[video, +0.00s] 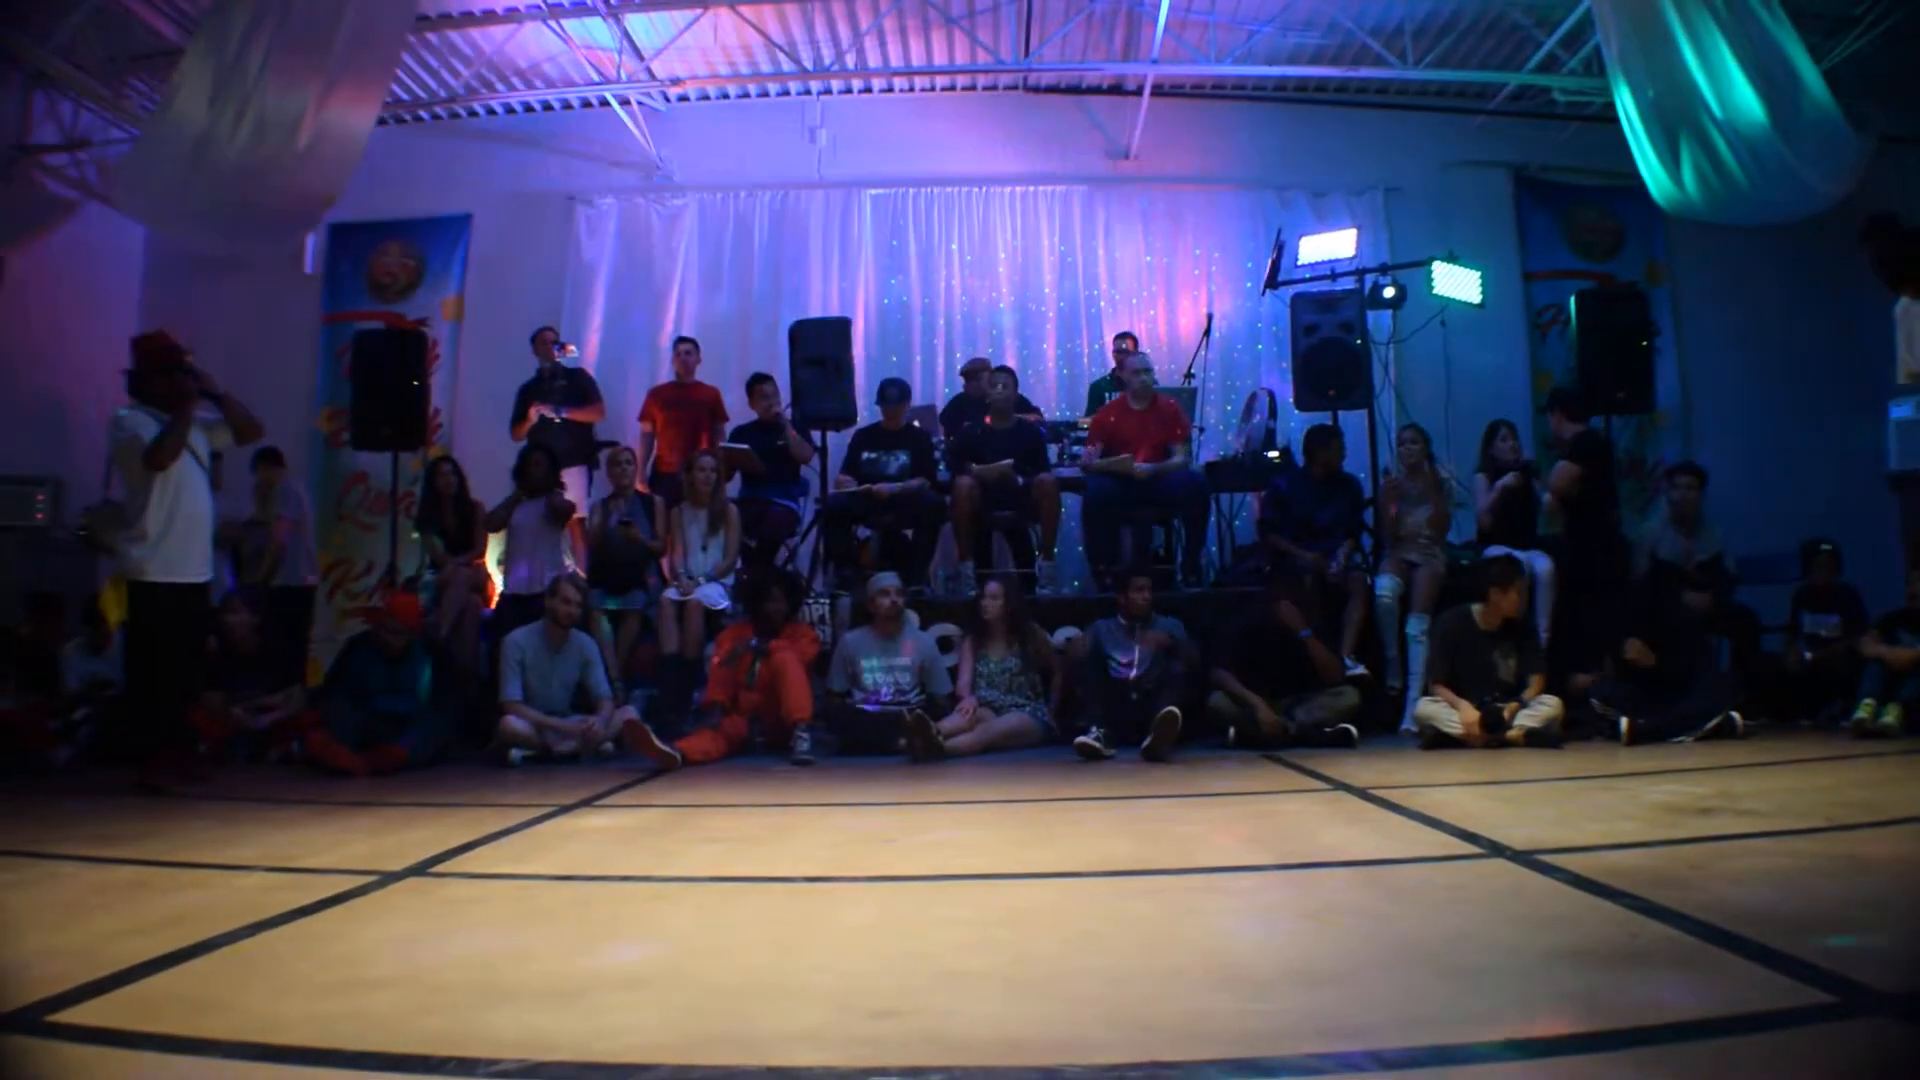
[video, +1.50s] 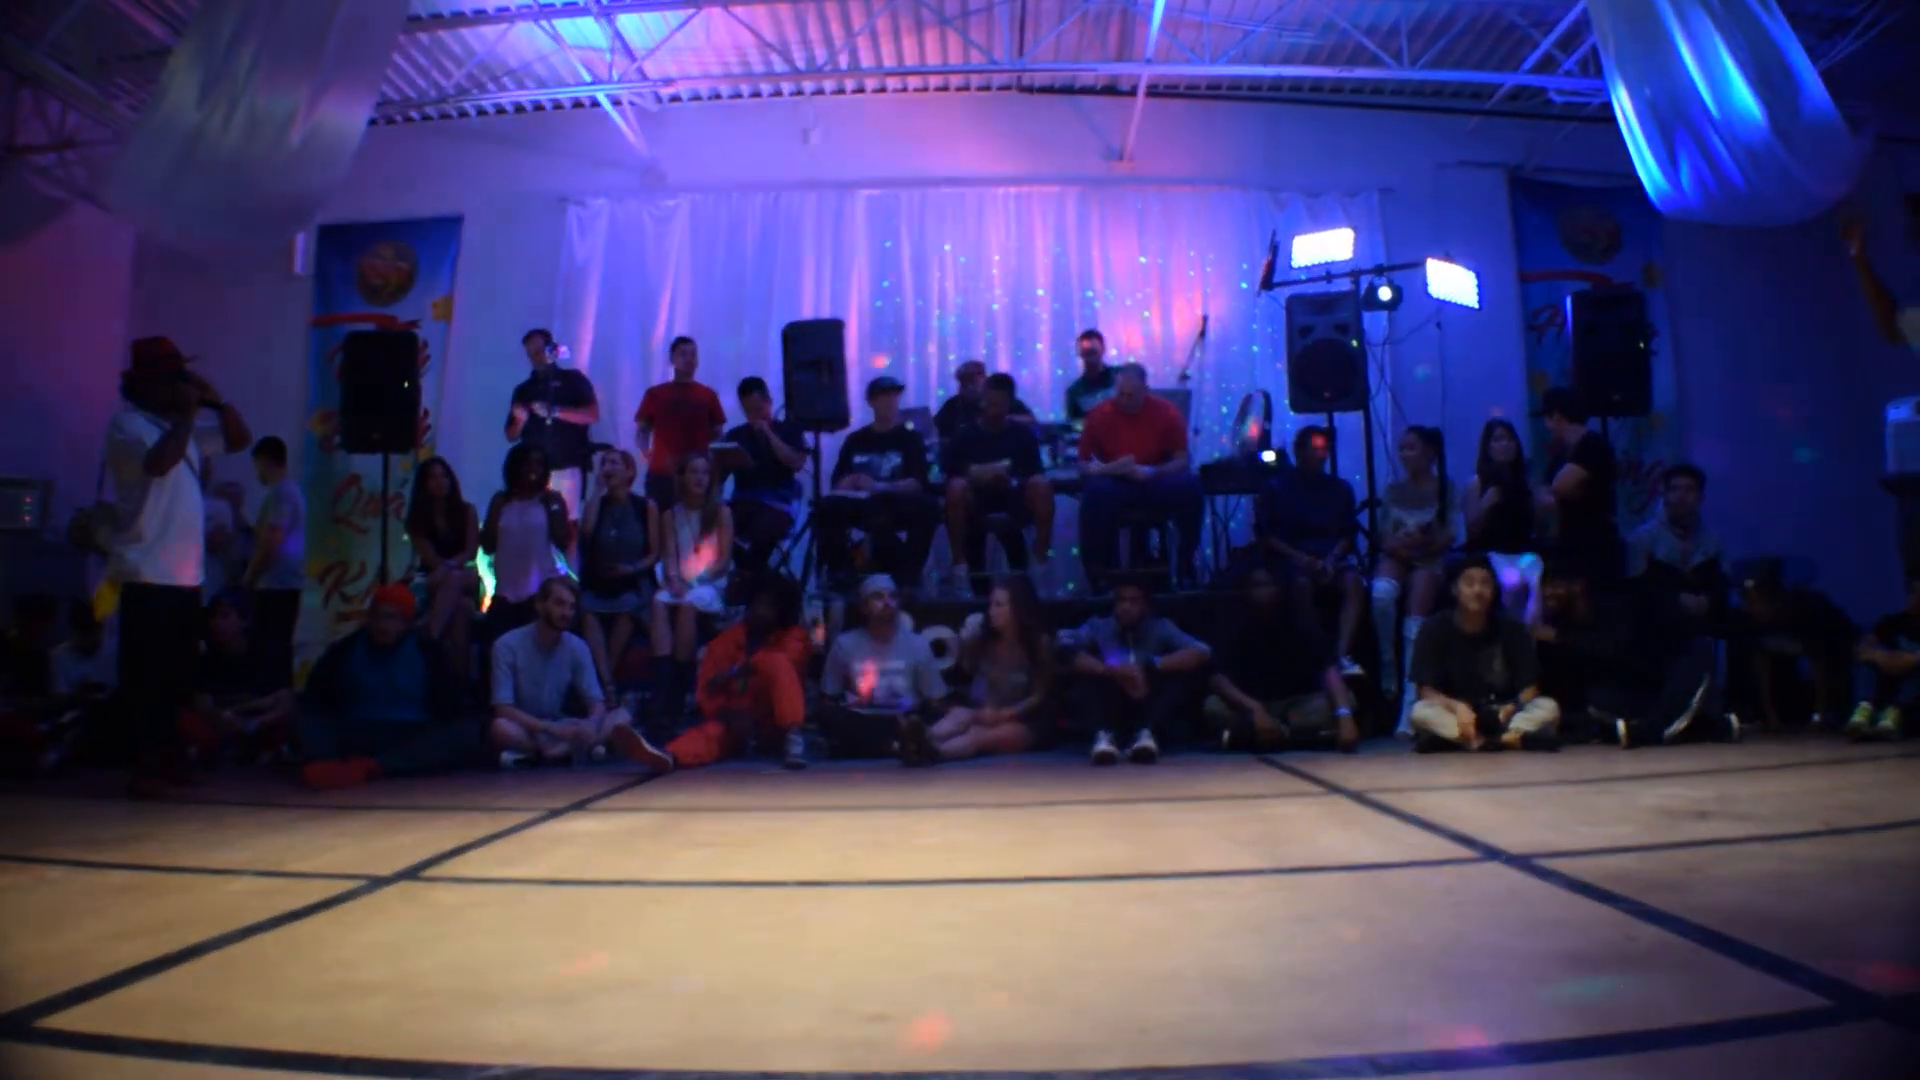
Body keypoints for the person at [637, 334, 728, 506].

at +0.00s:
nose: (682, 358)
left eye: (688, 353)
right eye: (678, 354)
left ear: (698, 359)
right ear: (673, 360)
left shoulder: (711, 394)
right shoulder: (657, 394)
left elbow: (719, 436)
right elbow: (646, 436)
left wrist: (718, 476)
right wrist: (640, 477)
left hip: (700, 477)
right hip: (665, 475)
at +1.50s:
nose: (689, 359)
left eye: (693, 354)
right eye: (683, 354)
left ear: (697, 359)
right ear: (672, 359)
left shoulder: (708, 396)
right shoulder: (655, 394)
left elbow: (717, 432)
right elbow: (642, 429)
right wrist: (648, 454)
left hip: (696, 475)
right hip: (662, 472)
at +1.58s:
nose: (690, 359)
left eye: (693, 354)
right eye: (684, 353)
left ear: (698, 359)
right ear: (673, 358)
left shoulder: (709, 396)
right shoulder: (656, 394)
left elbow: (717, 432)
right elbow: (639, 433)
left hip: (697, 477)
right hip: (662, 473)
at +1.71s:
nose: (689, 359)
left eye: (693, 354)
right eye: (683, 354)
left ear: (698, 359)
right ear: (673, 360)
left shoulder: (711, 396)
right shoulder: (661, 393)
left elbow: (719, 438)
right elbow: (633, 424)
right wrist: (649, 394)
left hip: (697, 478)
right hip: (663, 475)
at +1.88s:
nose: (687, 360)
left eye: (691, 354)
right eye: (681, 355)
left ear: (697, 359)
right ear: (672, 360)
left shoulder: (711, 395)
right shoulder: (659, 391)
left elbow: (719, 435)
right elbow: (632, 406)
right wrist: (659, 368)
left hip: (697, 478)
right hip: (663, 475)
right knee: (661, 533)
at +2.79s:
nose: (685, 361)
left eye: (689, 356)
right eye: (679, 356)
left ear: (695, 360)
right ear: (669, 361)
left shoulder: (708, 396)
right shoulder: (658, 392)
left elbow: (717, 436)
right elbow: (635, 401)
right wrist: (663, 364)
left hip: (697, 480)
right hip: (662, 477)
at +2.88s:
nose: (686, 361)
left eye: (690, 356)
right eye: (680, 356)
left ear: (695, 360)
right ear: (670, 361)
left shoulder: (708, 396)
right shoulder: (658, 392)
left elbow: (717, 435)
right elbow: (633, 403)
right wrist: (661, 367)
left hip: (697, 479)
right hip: (663, 476)